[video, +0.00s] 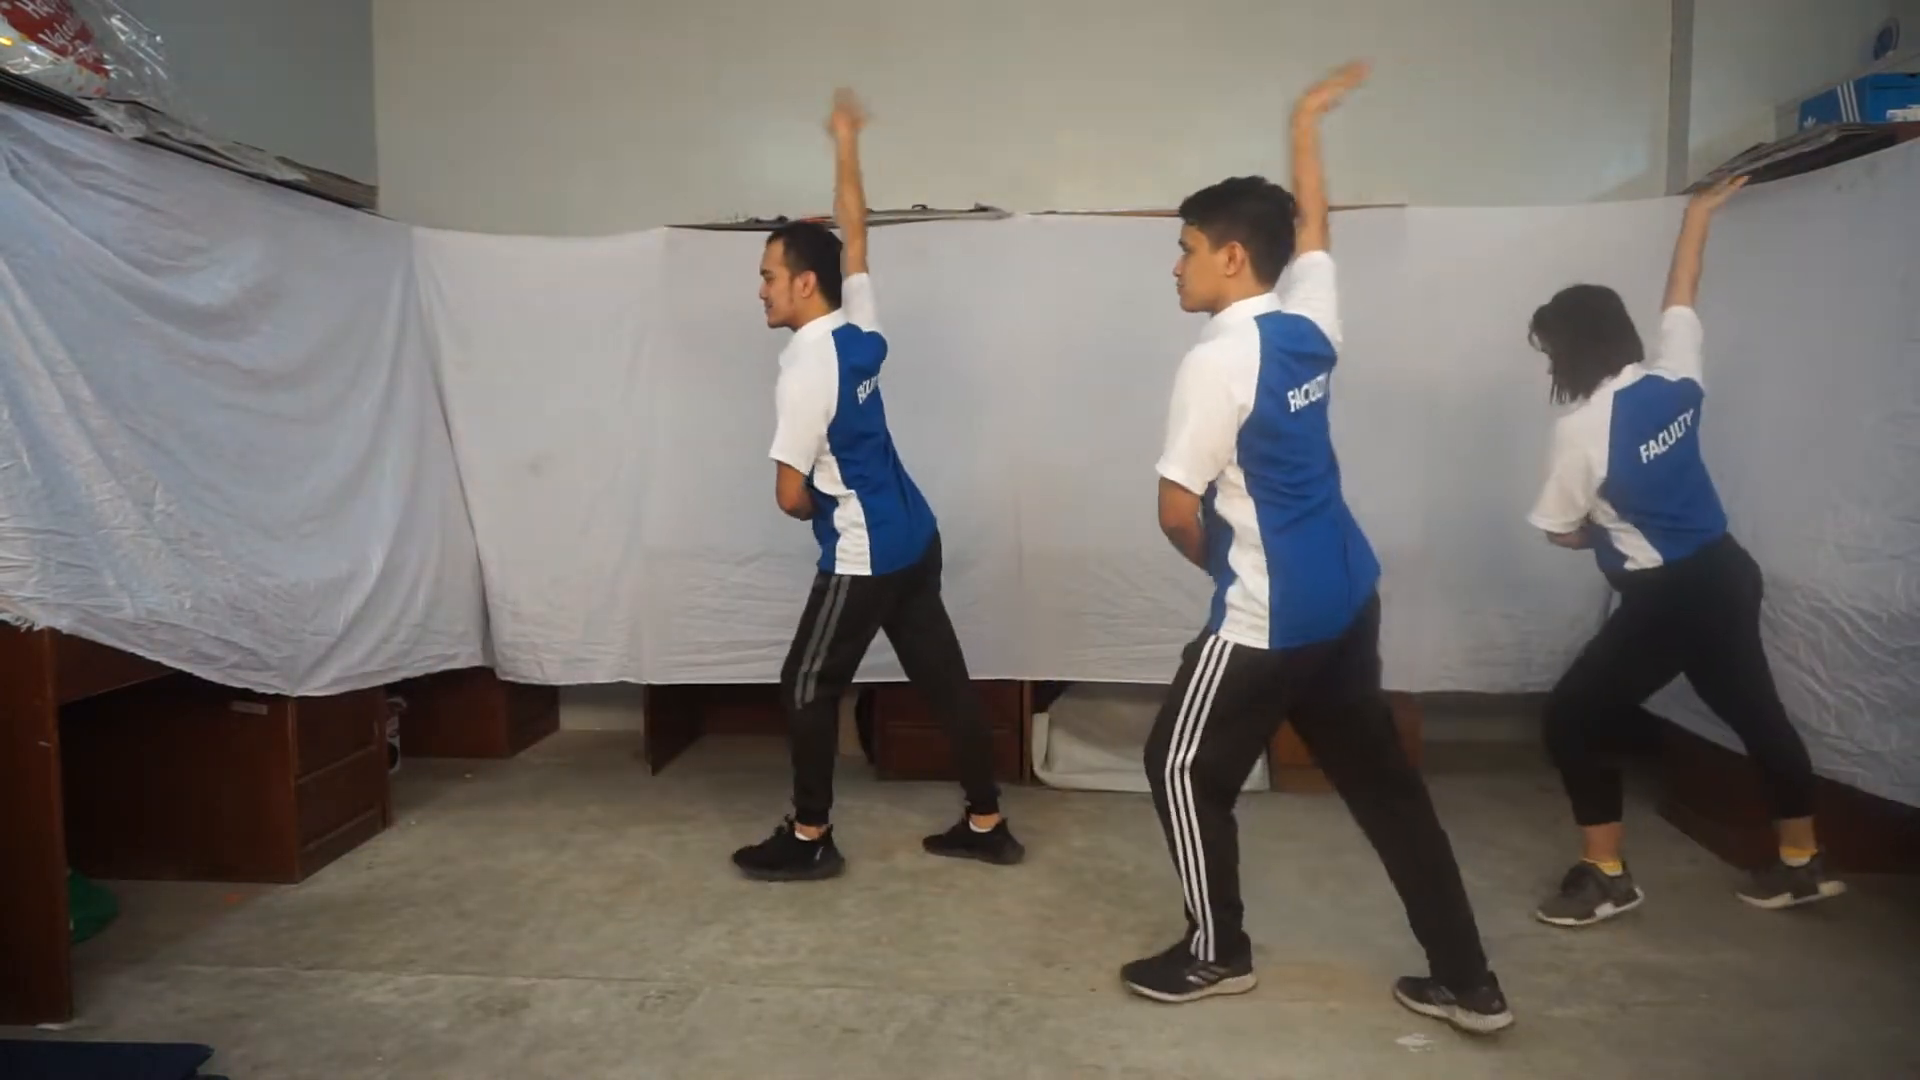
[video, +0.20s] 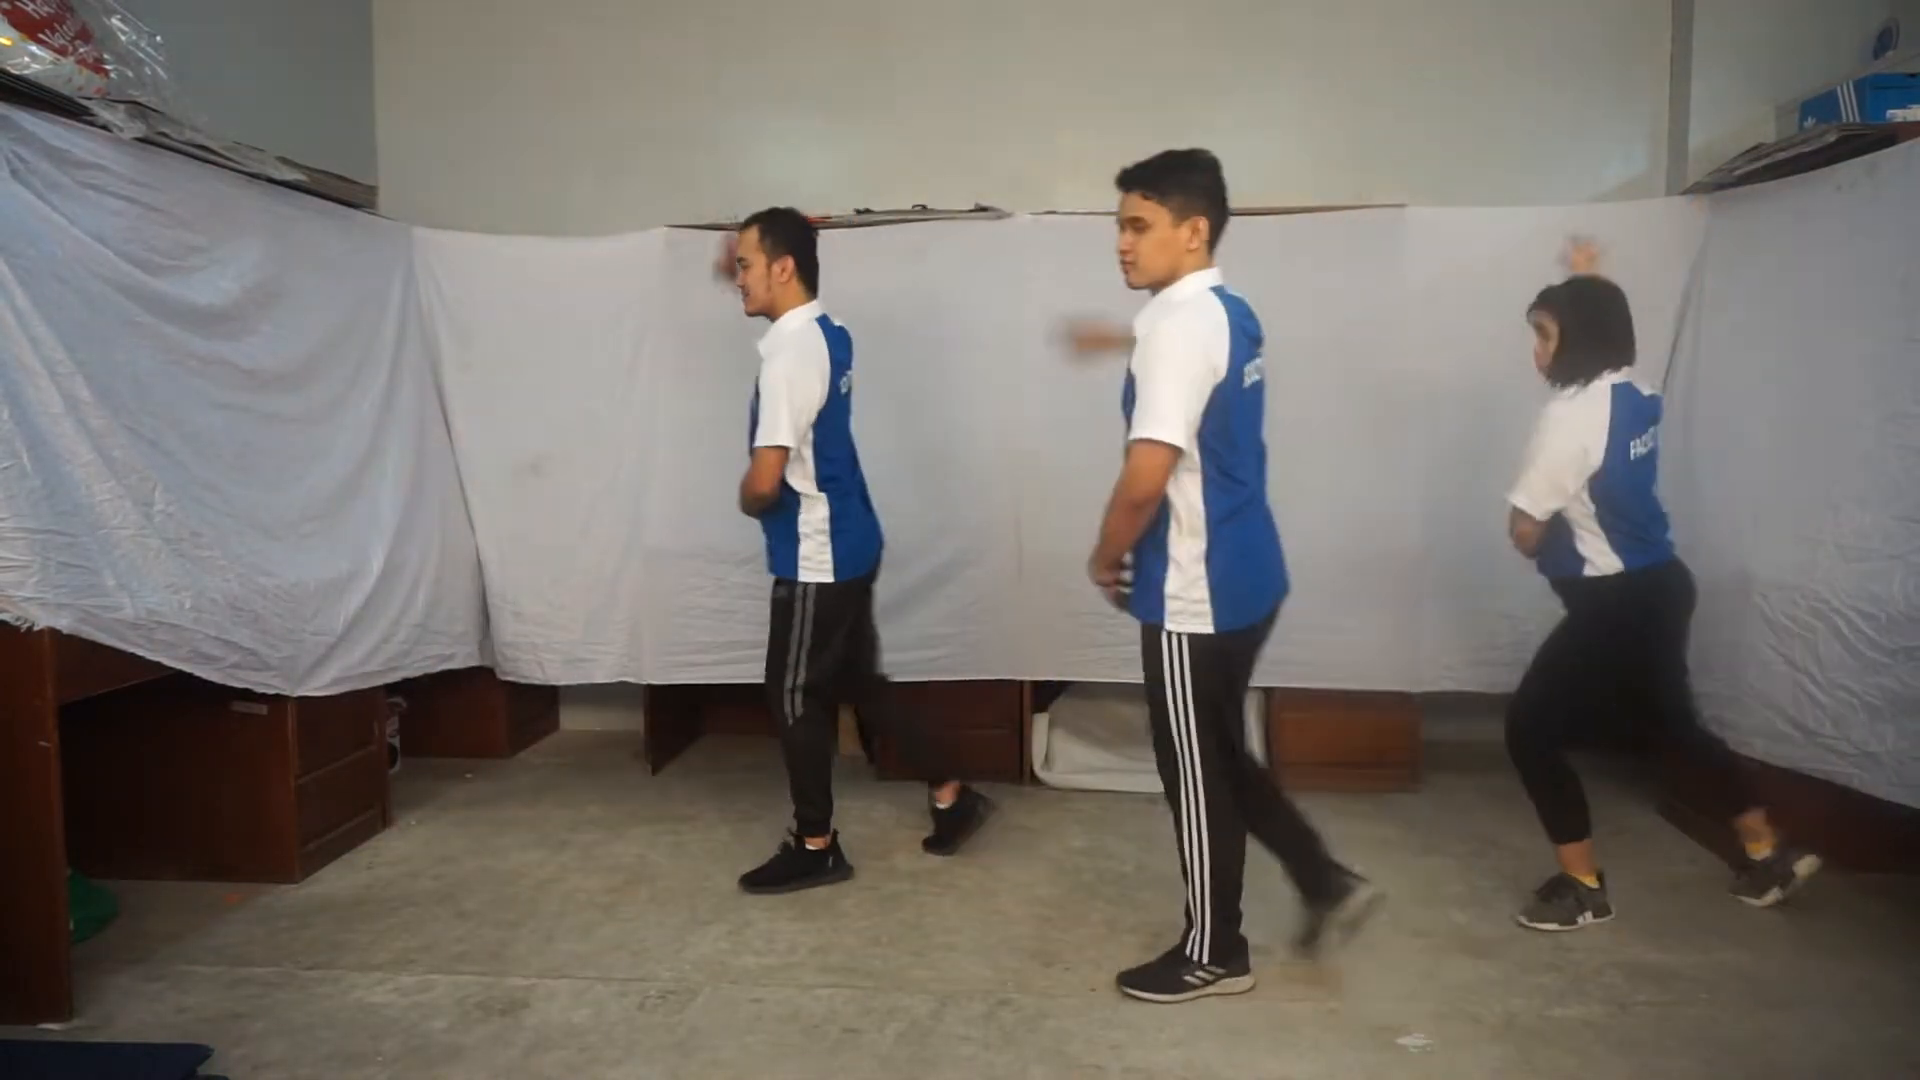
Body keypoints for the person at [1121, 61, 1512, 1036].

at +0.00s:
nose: (1178, 267)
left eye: (1189, 252)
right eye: (1182, 251)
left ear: (1240, 259)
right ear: (1259, 262)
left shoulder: (1218, 355)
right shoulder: (1308, 321)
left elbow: (1177, 513)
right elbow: (1310, 229)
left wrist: (1232, 566)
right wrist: (1306, 120)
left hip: (1267, 608)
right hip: (1342, 586)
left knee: (1181, 767)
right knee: (1381, 780)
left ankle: (1213, 945)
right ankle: (1466, 977)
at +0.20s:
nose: (1122, 242)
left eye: (1138, 226)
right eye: (1121, 225)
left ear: (1194, 232)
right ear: (1195, 237)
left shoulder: (1181, 325)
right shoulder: (1225, 305)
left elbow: (1148, 474)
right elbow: (1176, 350)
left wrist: (1106, 553)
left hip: (1192, 591)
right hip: (1237, 579)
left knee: (1193, 770)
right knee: (1218, 752)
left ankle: (1212, 950)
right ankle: (1326, 881)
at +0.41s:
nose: (1072, 246)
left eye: (1092, 232)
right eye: (1062, 230)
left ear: (1133, 239)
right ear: (1049, 233)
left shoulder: (1134, 329)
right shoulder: (1087, 326)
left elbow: (1104, 475)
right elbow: (1088, 474)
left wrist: (1026, 568)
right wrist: (1042, 571)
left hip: (1139, 594)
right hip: (1084, 588)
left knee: (1165, 772)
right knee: (1057, 741)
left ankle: (1214, 946)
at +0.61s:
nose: (1013, 244)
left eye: (1032, 231)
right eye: (999, 227)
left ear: (1061, 242)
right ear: (978, 235)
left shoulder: (1083, 339)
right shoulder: (968, 348)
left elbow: (1105, 478)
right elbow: (963, 477)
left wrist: (1039, 598)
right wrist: (941, 579)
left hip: (1054, 598)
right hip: (979, 594)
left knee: (1039, 758)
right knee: (996, 754)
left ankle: (1097, 916)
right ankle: (1030, 899)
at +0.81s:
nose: (968, 241)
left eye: (983, 226)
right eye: (950, 225)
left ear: (999, 239)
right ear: (915, 238)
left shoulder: (1040, 340)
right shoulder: (876, 351)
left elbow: (1124, 448)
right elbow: (816, 460)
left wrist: (1086, 567)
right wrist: (737, 560)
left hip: (1004, 609)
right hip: (902, 607)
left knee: (980, 774)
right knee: (880, 757)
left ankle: (959, 926)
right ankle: (956, 863)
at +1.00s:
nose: (918, 240)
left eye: (926, 225)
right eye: (899, 224)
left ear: (933, 233)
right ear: (847, 232)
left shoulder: (960, 326)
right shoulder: (809, 343)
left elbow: (1056, 326)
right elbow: (770, 463)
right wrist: (725, 567)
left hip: (955, 601)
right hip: (859, 610)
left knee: (960, 780)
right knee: (839, 784)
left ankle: (959, 940)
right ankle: (793, 950)